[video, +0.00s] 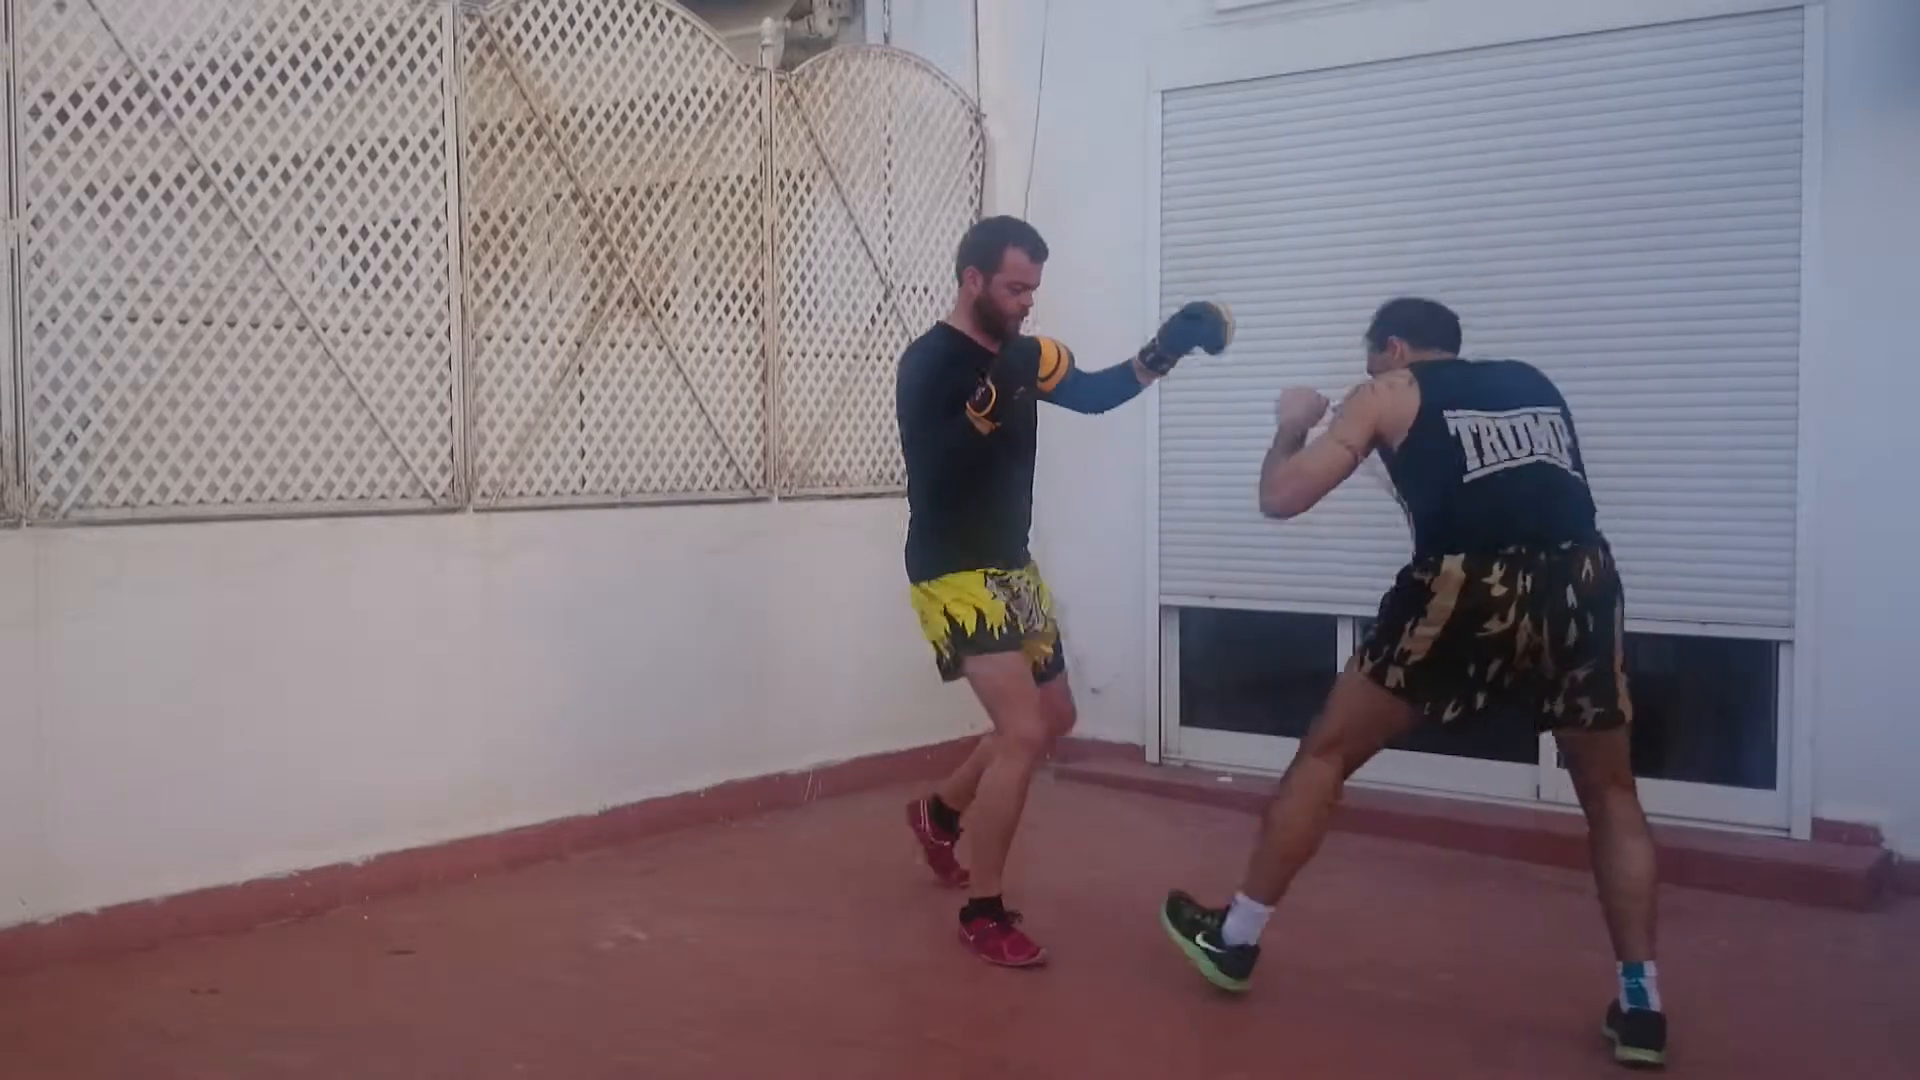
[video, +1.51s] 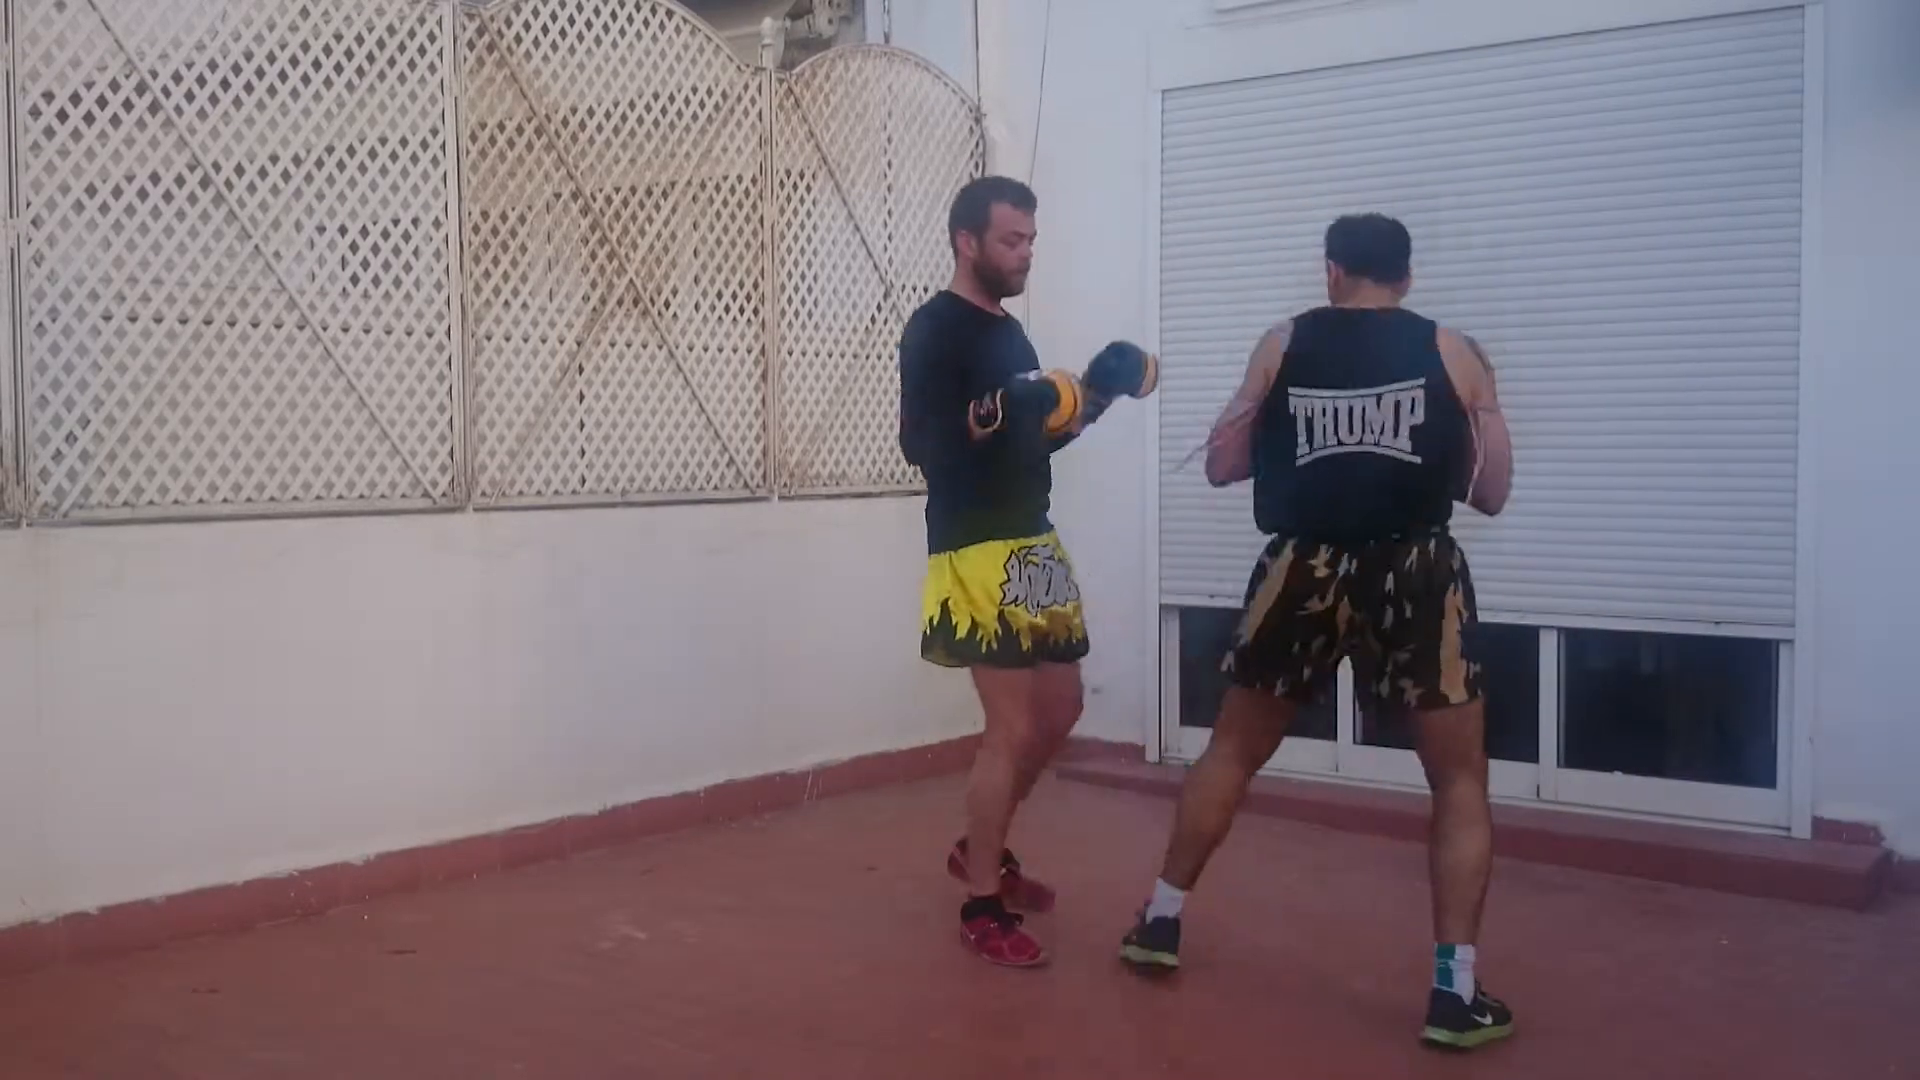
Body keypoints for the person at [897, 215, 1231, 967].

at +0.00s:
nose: (1028, 301)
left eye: (1033, 288)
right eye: (1015, 286)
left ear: (1030, 285)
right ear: (971, 279)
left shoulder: (1020, 354)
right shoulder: (929, 362)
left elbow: (1092, 392)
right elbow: (932, 475)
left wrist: (1161, 352)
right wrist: (993, 401)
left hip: (1012, 563)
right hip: (951, 570)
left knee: (1053, 717)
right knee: (1024, 731)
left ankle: (942, 812)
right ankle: (982, 908)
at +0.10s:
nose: (1018, 292)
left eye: (1023, 279)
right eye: (1006, 277)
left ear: (1017, 276)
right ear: (961, 269)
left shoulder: (1008, 348)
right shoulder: (917, 358)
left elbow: (1066, 392)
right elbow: (934, 465)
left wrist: (1155, 350)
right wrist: (1000, 380)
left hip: (1028, 555)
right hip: (961, 573)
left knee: (1116, 695)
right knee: (1029, 735)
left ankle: (1033, 809)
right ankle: (981, 908)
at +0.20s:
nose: (1014, 281)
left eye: (1020, 268)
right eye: (1003, 266)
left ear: (1016, 267)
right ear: (956, 259)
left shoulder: (1001, 337)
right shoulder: (914, 352)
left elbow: (1048, 397)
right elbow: (941, 453)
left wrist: (1127, 365)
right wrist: (1012, 363)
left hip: (1046, 544)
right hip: (973, 568)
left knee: (1155, 670)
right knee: (1015, 738)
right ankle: (979, 910)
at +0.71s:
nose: (1038, 280)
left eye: (1041, 267)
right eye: (1022, 266)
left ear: (1034, 272)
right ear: (972, 267)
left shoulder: (1038, 350)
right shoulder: (944, 350)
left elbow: (1129, 418)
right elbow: (1028, 375)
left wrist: (1136, 348)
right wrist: (1054, 289)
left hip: (1095, 556)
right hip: (1016, 571)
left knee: (1179, 716)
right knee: (1041, 756)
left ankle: (1211, 884)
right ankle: (986, 908)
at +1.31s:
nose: (1038, 276)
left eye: (1042, 262)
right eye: (1025, 260)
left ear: (1029, 262)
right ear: (976, 255)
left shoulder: (1019, 343)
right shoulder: (945, 335)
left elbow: (1076, 434)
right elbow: (1026, 359)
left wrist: (1105, 361)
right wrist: (1070, 272)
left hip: (1062, 547)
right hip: (1001, 562)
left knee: (1118, 720)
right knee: (1038, 745)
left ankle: (1161, 881)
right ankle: (984, 908)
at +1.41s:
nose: (1031, 266)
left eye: (1035, 253)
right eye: (1017, 251)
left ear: (1029, 253)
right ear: (969, 250)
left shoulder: (1007, 338)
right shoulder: (940, 332)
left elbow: (1044, 445)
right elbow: (974, 398)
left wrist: (1094, 388)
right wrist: (1045, 327)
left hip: (1048, 542)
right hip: (989, 555)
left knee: (1100, 706)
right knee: (1025, 735)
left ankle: (1076, 872)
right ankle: (983, 907)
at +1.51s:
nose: (1026, 253)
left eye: (1030, 240)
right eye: (1012, 239)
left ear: (1022, 244)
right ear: (965, 241)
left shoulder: (1010, 330)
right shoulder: (933, 329)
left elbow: (1034, 437)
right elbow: (924, 448)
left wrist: (1095, 395)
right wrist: (1005, 416)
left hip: (1032, 541)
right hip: (978, 551)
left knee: (1056, 711)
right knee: (1009, 727)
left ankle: (983, 847)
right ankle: (982, 904)